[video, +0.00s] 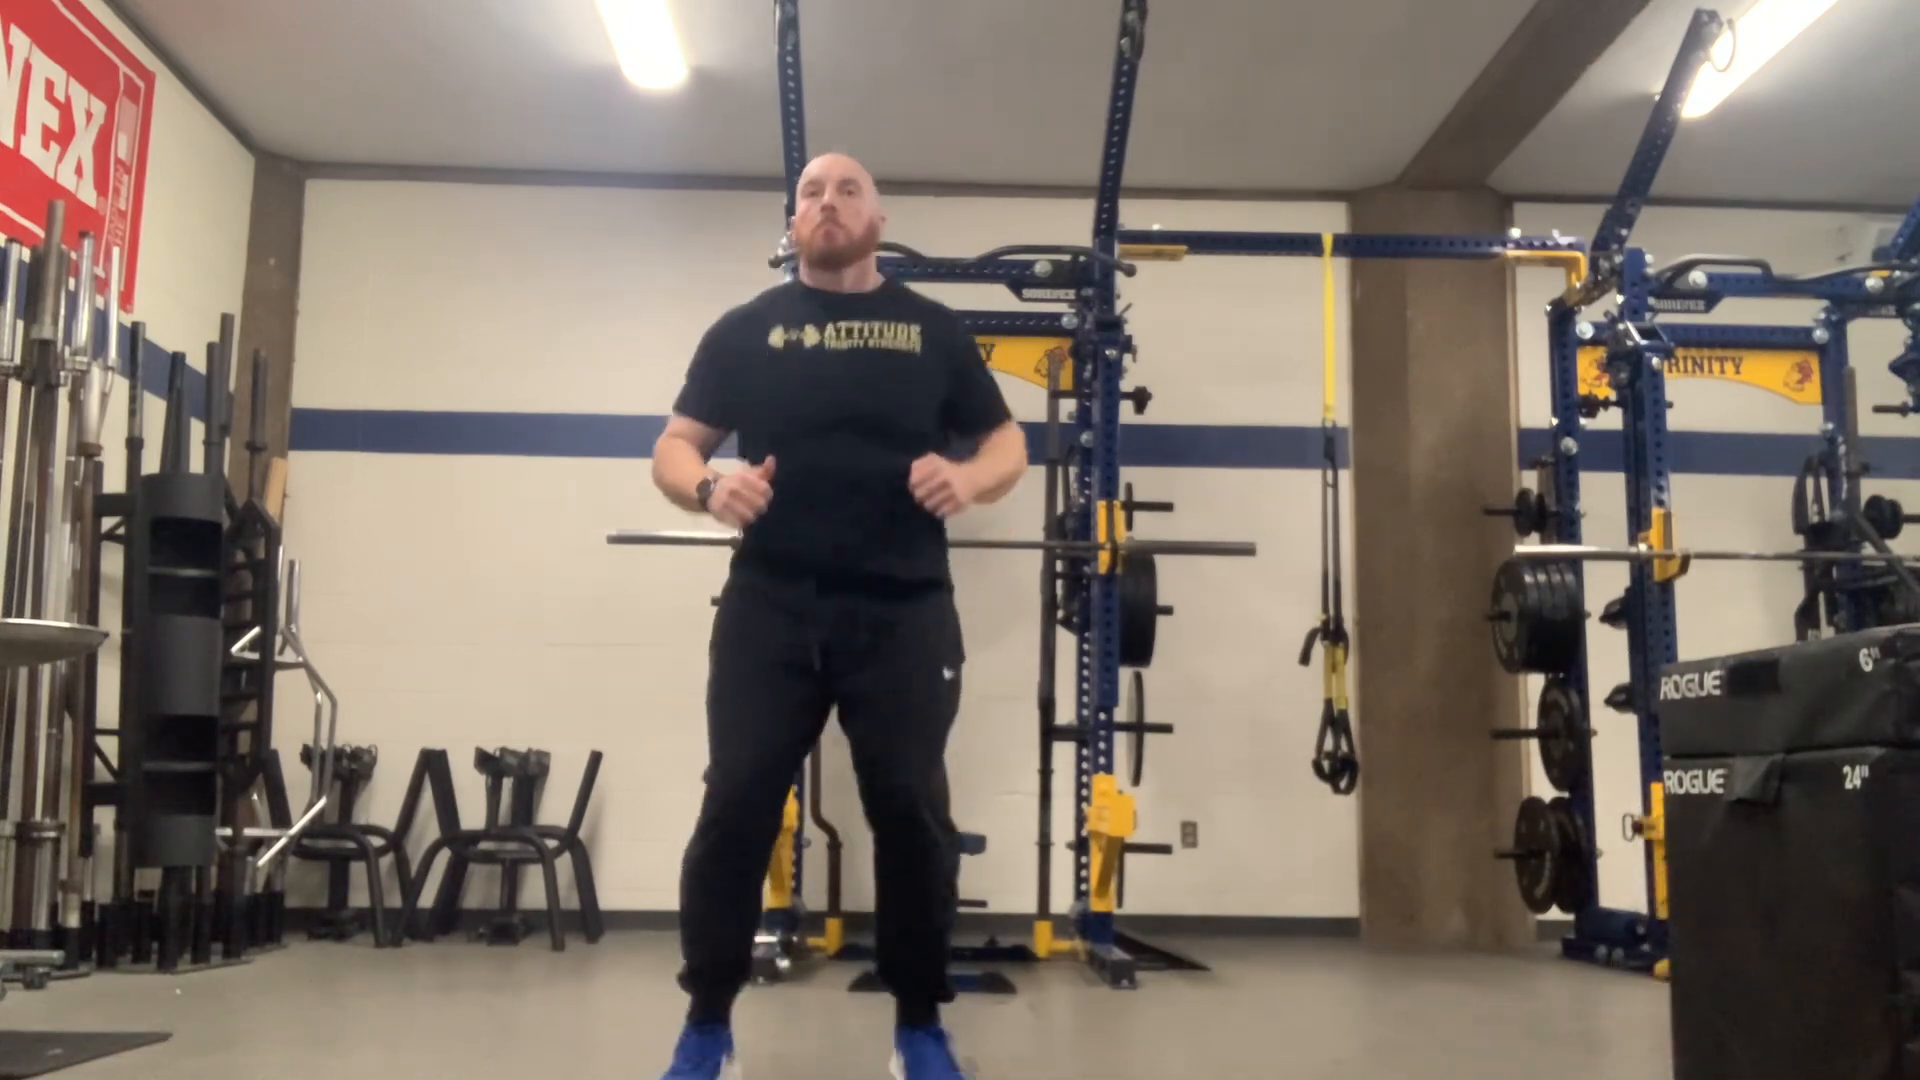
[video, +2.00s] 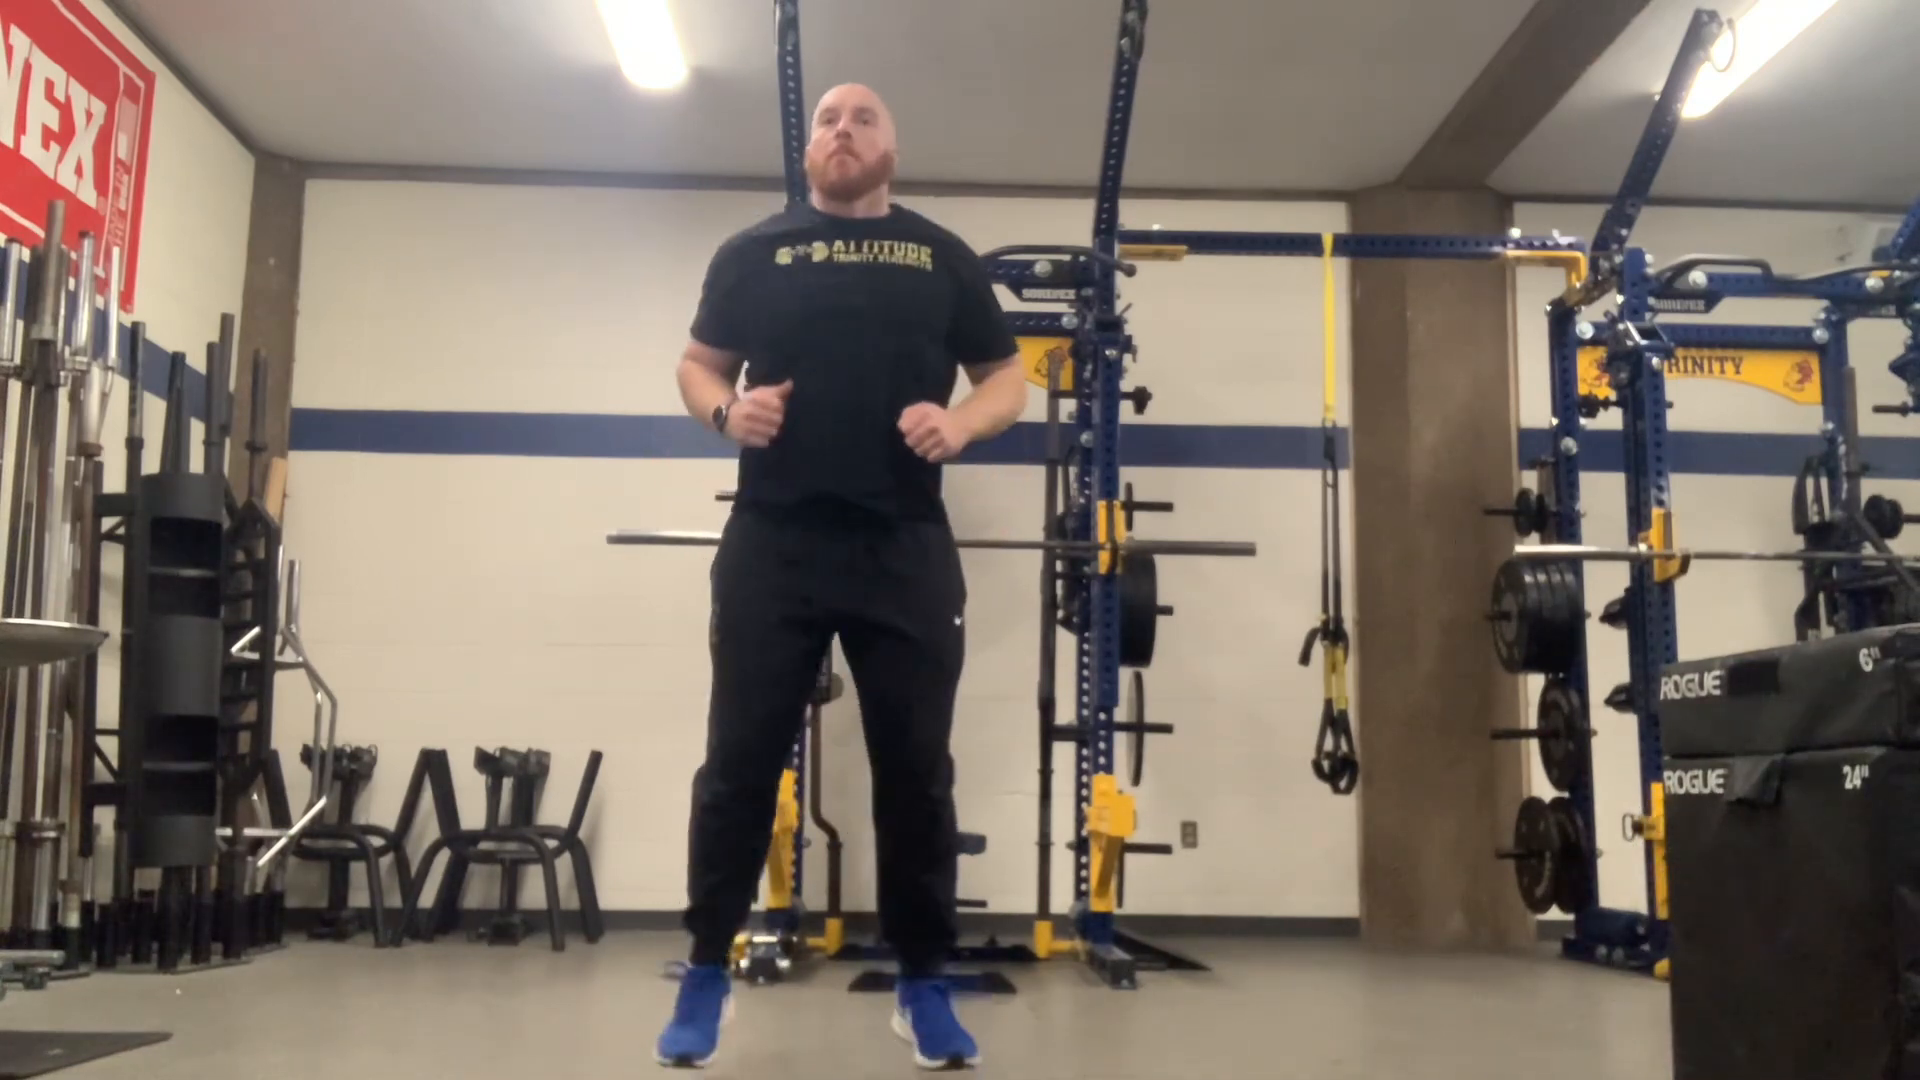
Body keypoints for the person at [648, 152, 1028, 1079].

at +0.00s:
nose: (828, 201)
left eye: (847, 189)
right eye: (812, 192)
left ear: (881, 221)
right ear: (791, 226)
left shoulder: (936, 331)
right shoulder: (742, 333)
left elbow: (1008, 448)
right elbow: (672, 454)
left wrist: (968, 476)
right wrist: (708, 484)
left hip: (902, 608)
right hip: (769, 606)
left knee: (912, 810)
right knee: (737, 803)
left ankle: (920, 1030)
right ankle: (705, 1027)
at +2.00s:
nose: (842, 127)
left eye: (862, 117)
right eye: (827, 119)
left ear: (896, 151)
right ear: (805, 153)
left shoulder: (942, 258)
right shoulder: (749, 256)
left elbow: (1007, 380)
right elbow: (701, 367)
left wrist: (961, 422)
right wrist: (727, 409)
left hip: (903, 547)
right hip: (772, 543)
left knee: (916, 770)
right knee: (739, 762)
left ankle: (923, 981)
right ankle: (705, 969)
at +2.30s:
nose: (846, 154)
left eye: (866, 144)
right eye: (831, 145)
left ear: (900, 178)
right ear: (808, 177)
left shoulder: (943, 286)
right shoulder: (757, 285)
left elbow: (1000, 410)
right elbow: (708, 407)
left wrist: (952, 445)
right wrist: (734, 445)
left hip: (904, 580)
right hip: (776, 577)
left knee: (912, 796)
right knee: (743, 782)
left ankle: (919, 994)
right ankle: (717, 982)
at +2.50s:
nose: (835, 143)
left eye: (855, 133)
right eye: (820, 134)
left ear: (890, 164)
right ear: (798, 167)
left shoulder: (942, 274)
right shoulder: (747, 275)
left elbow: (1002, 401)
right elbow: (690, 400)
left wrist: (967, 428)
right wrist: (722, 417)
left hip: (906, 559)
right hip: (773, 555)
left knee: (927, 771)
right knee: (733, 763)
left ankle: (939, 1004)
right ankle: (688, 997)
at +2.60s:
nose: (834, 196)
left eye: (854, 186)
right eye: (819, 188)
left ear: (889, 222)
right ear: (796, 223)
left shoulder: (939, 332)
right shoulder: (744, 331)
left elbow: (1007, 457)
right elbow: (683, 457)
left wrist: (974, 472)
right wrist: (713, 475)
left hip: (902, 611)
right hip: (769, 607)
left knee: (919, 821)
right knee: (735, 811)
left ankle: (932, 1031)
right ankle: (696, 1026)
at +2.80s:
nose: (838, 135)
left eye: (857, 127)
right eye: (821, 129)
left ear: (890, 159)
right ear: (799, 164)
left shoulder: (942, 262)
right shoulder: (750, 261)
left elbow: (1003, 383)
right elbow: (698, 382)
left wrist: (956, 406)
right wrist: (740, 401)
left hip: (906, 556)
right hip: (773, 551)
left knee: (923, 781)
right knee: (729, 773)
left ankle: (937, 998)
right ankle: (688, 993)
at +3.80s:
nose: (873, 131)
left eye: (890, 119)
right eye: (857, 121)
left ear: (920, 146)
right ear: (832, 153)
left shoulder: (987, 237)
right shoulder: (795, 261)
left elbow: (1073, 351)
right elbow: (759, 389)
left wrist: (1030, 359)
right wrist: (784, 416)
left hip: (971, 540)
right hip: (841, 540)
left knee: (989, 761)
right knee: (816, 751)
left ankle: (998, 980)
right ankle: (800, 963)